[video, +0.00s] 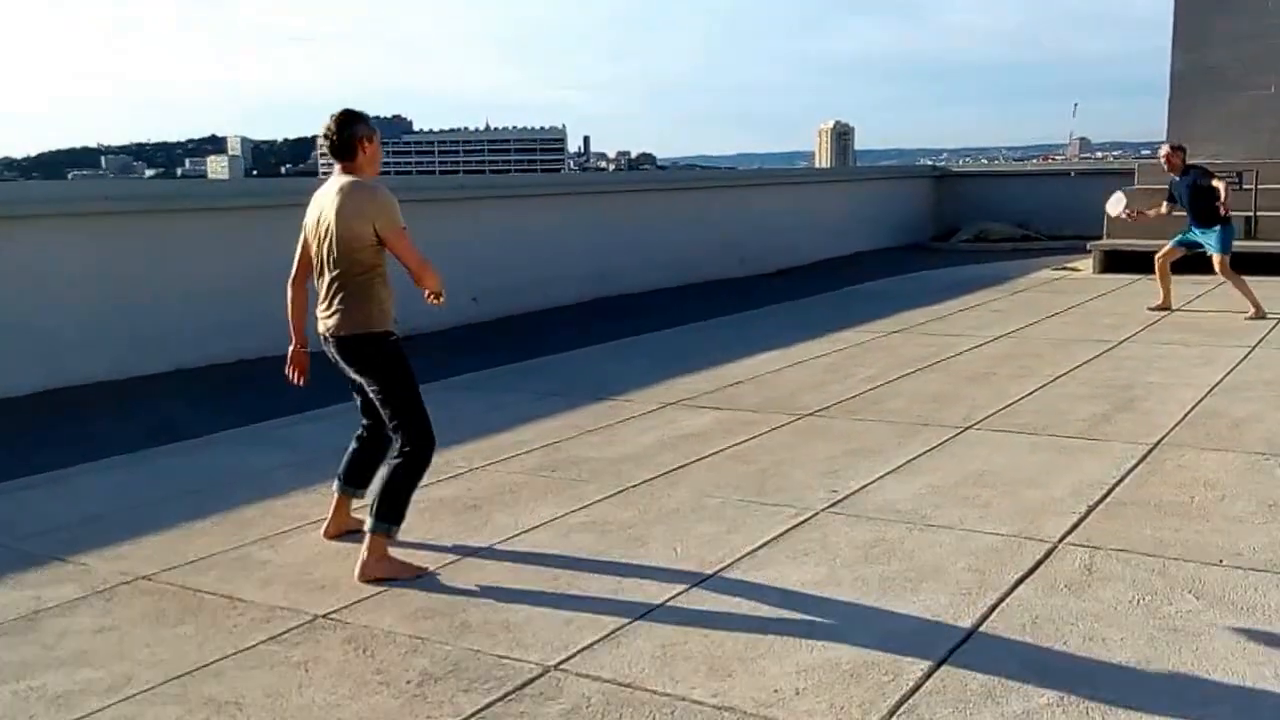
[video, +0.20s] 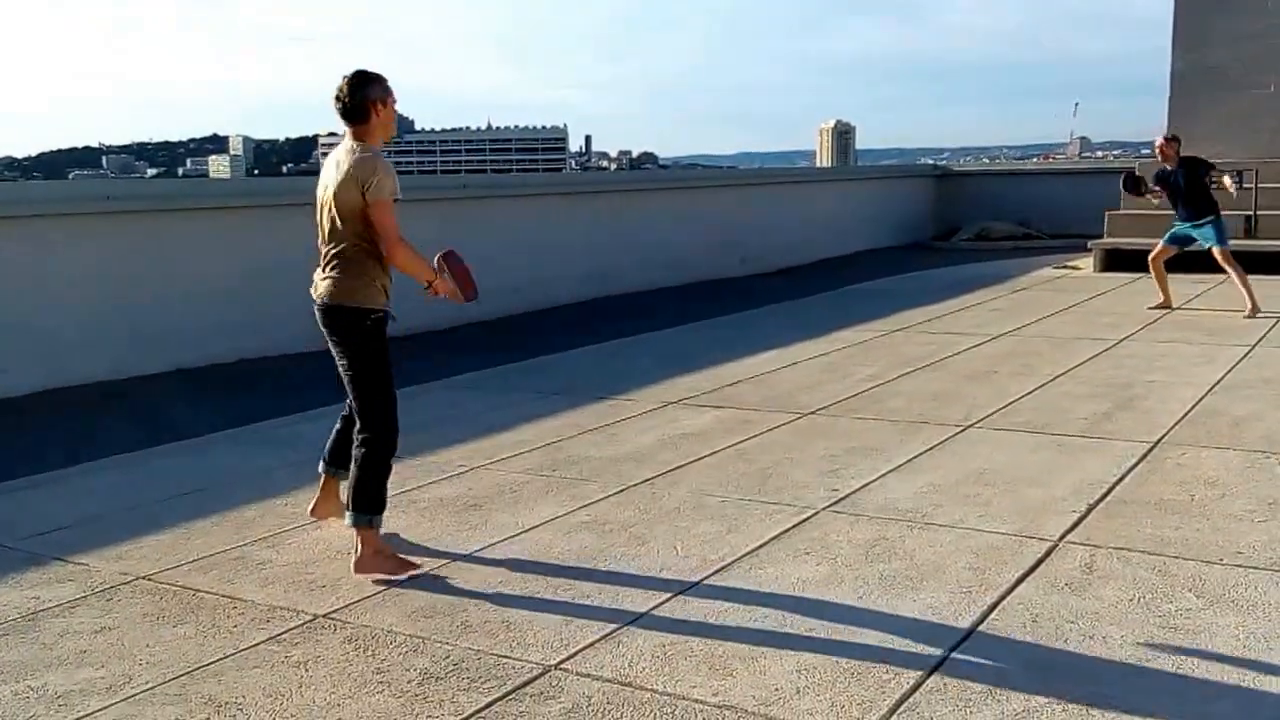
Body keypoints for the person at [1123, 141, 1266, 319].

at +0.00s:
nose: (1164, 161)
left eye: (1168, 156)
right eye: (1162, 158)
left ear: (1180, 157)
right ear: (1163, 160)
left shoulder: (1196, 173)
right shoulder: (1174, 183)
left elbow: (1221, 184)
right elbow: (1165, 210)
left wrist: (1223, 201)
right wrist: (1140, 214)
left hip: (1217, 229)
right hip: (1195, 231)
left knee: (1222, 268)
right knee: (1161, 259)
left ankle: (1257, 307)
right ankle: (1165, 302)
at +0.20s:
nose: (1159, 151)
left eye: (1163, 147)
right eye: (1157, 148)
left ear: (1175, 148)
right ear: (1156, 151)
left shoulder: (1192, 163)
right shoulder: (1161, 175)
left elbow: (1221, 175)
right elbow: (1157, 197)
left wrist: (1229, 185)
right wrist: (1144, 191)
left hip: (1208, 222)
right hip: (1184, 225)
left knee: (1223, 259)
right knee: (1154, 259)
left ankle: (1252, 304)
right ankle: (1166, 299)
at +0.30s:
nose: (1164, 139)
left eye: (1168, 135)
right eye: (1162, 135)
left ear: (1178, 138)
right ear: (1160, 139)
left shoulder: (1193, 154)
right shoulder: (1159, 163)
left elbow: (1221, 164)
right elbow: (1161, 184)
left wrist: (1231, 165)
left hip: (1204, 215)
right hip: (1179, 218)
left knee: (1219, 255)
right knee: (1155, 258)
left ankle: (1243, 298)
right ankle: (1165, 298)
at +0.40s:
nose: (1173, 130)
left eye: (1176, 126)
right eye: (1169, 126)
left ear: (1183, 128)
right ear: (1164, 130)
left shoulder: (1196, 146)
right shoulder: (1160, 152)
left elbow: (1225, 155)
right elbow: (1161, 166)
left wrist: (1233, 149)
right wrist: (1175, 146)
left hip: (1200, 209)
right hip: (1176, 211)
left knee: (1209, 251)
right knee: (1158, 253)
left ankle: (1227, 293)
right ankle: (1164, 298)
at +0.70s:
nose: (1180, 124)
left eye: (1184, 121)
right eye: (1177, 120)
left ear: (1190, 124)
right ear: (1172, 124)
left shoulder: (1199, 144)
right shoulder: (1168, 146)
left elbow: (1220, 156)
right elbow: (1162, 155)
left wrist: (1225, 158)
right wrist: (1186, 136)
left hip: (1196, 207)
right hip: (1172, 206)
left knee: (1199, 252)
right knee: (1150, 246)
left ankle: (1206, 297)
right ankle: (1151, 292)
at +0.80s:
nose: (1178, 123)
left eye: (1182, 119)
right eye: (1175, 119)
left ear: (1191, 124)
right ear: (1170, 122)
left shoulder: (1199, 145)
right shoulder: (1164, 146)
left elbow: (1214, 159)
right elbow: (1160, 167)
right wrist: (1184, 156)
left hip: (1192, 207)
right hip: (1168, 205)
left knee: (1196, 251)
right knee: (1146, 245)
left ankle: (1205, 295)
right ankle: (1142, 287)